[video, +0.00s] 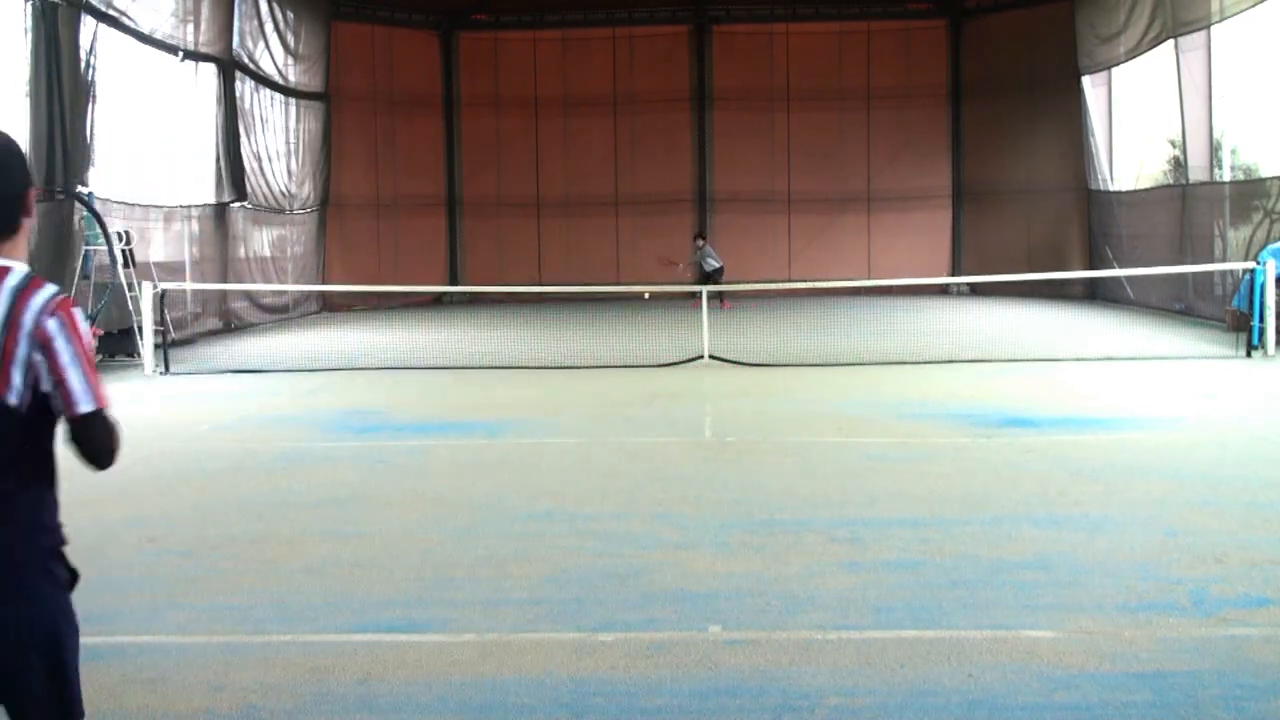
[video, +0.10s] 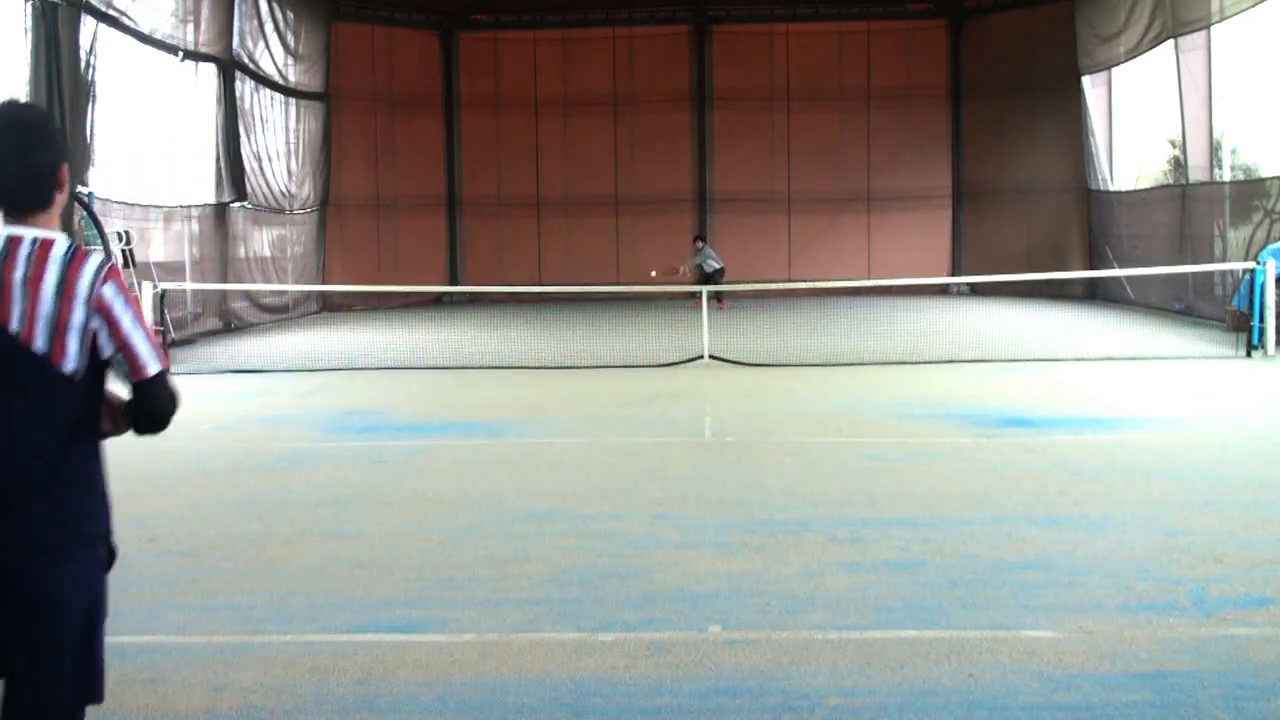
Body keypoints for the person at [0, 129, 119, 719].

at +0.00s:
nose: (38, 203)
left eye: (29, 192)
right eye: (37, 194)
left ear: (19, 205)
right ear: (29, 204)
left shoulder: (34, 306)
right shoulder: (38, 308)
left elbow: (98, 446)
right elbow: (99, 447)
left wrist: (70, 363)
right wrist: (79, 364)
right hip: (19, 570)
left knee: (46, 703)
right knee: (47, 706)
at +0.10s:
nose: (72, 179)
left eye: (65, 167)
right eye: (71, 169)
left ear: (1, 181)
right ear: (61, 181)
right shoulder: (88, 274)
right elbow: (158, 404)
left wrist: (110, 413)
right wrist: (113, 415)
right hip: (51, 529)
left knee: (33, 689)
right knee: (48, 697)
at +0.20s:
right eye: (88, 145)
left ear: (19, 163)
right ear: (90, 158)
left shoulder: (7, 251)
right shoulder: (133, 251)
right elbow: (200, 376)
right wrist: (146, 407)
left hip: (25, 496)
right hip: (113, 495)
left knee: (74, 681)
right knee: (97, 688)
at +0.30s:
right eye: (120, 167)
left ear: (50, 189)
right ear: (125, 180)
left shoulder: (20, 288)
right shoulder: (171, 274)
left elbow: (22, 418)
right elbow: (239, 398)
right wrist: (174, 432)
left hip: (77, 522)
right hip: (165, 518)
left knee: (125, 698)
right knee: (175, 697)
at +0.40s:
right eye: (158, 178)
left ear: (90, 200)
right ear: (162, 192)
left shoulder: (57, 297)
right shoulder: (207, 285)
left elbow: (57, 426)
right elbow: (279, 407)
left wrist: (122, 410)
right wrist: (211, 441)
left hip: (120, 540)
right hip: (207, 534)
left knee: (153, 707)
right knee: (254, 701)